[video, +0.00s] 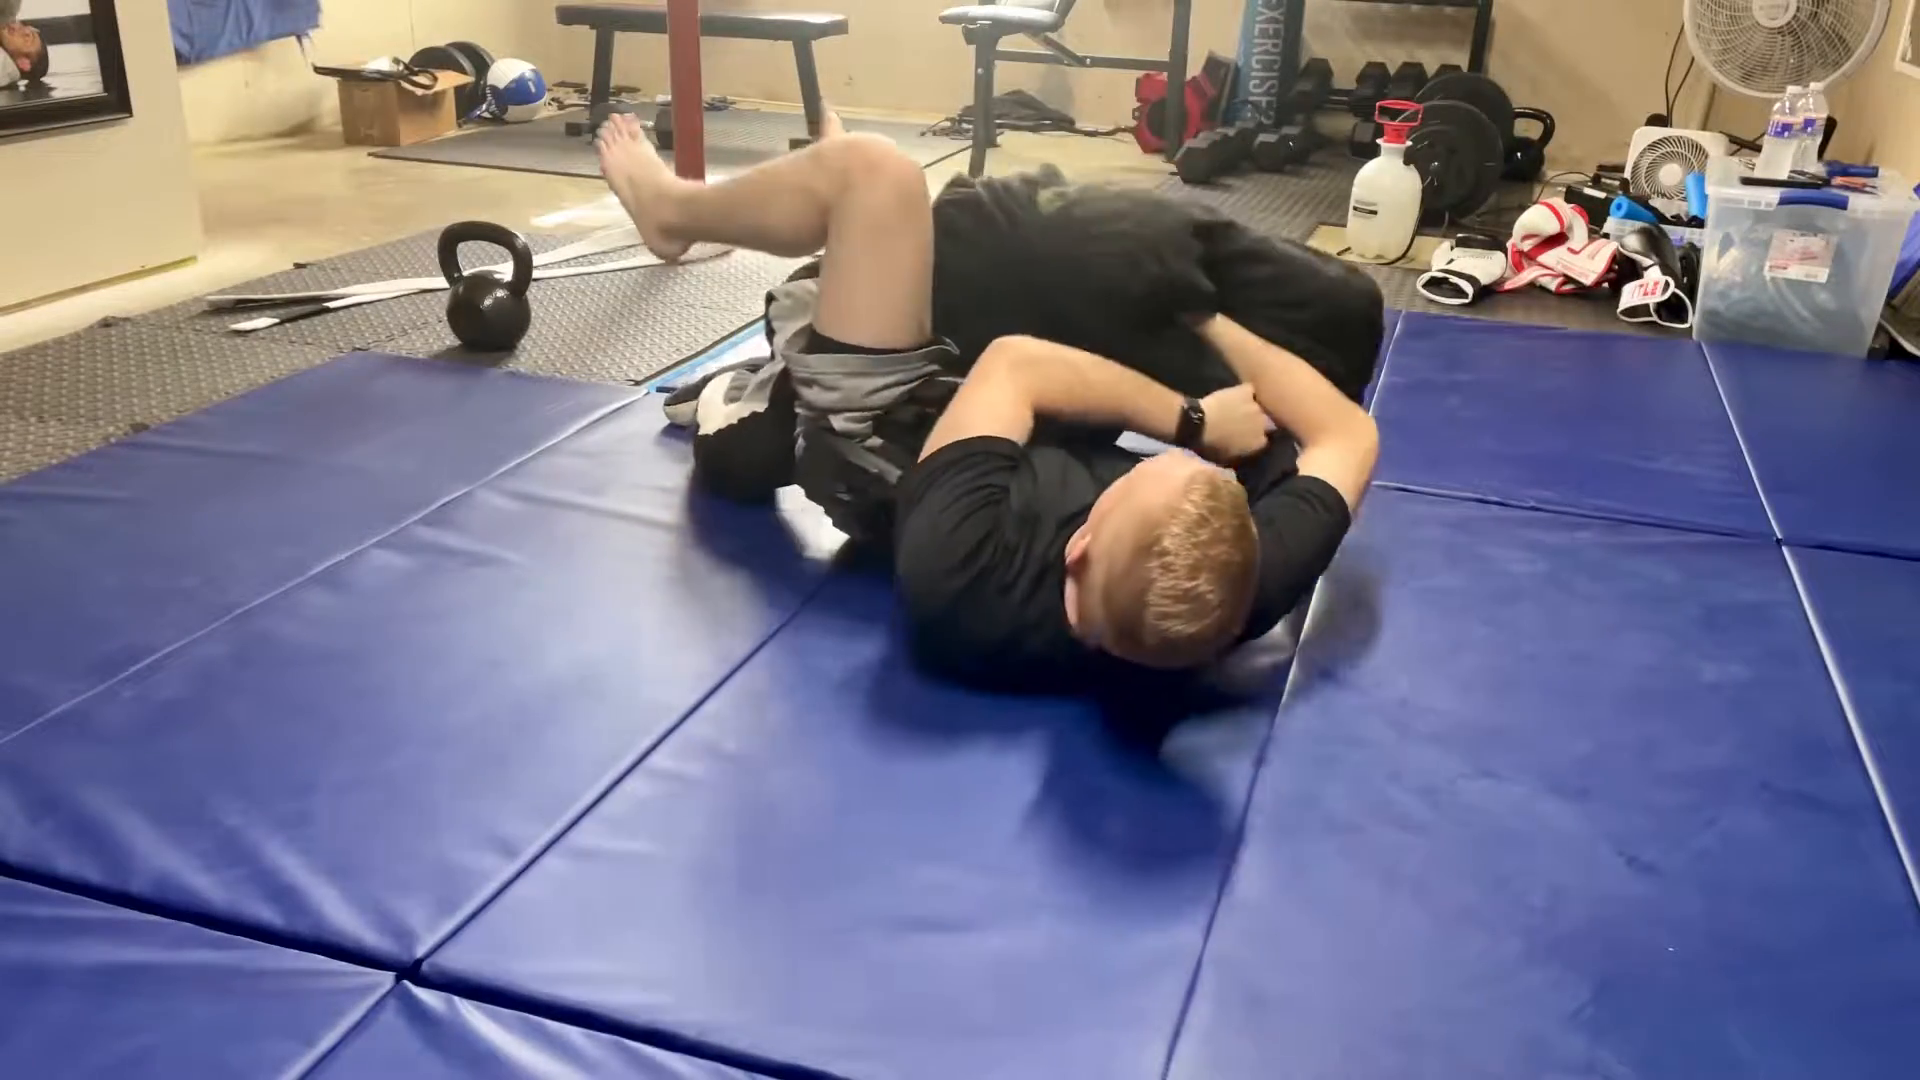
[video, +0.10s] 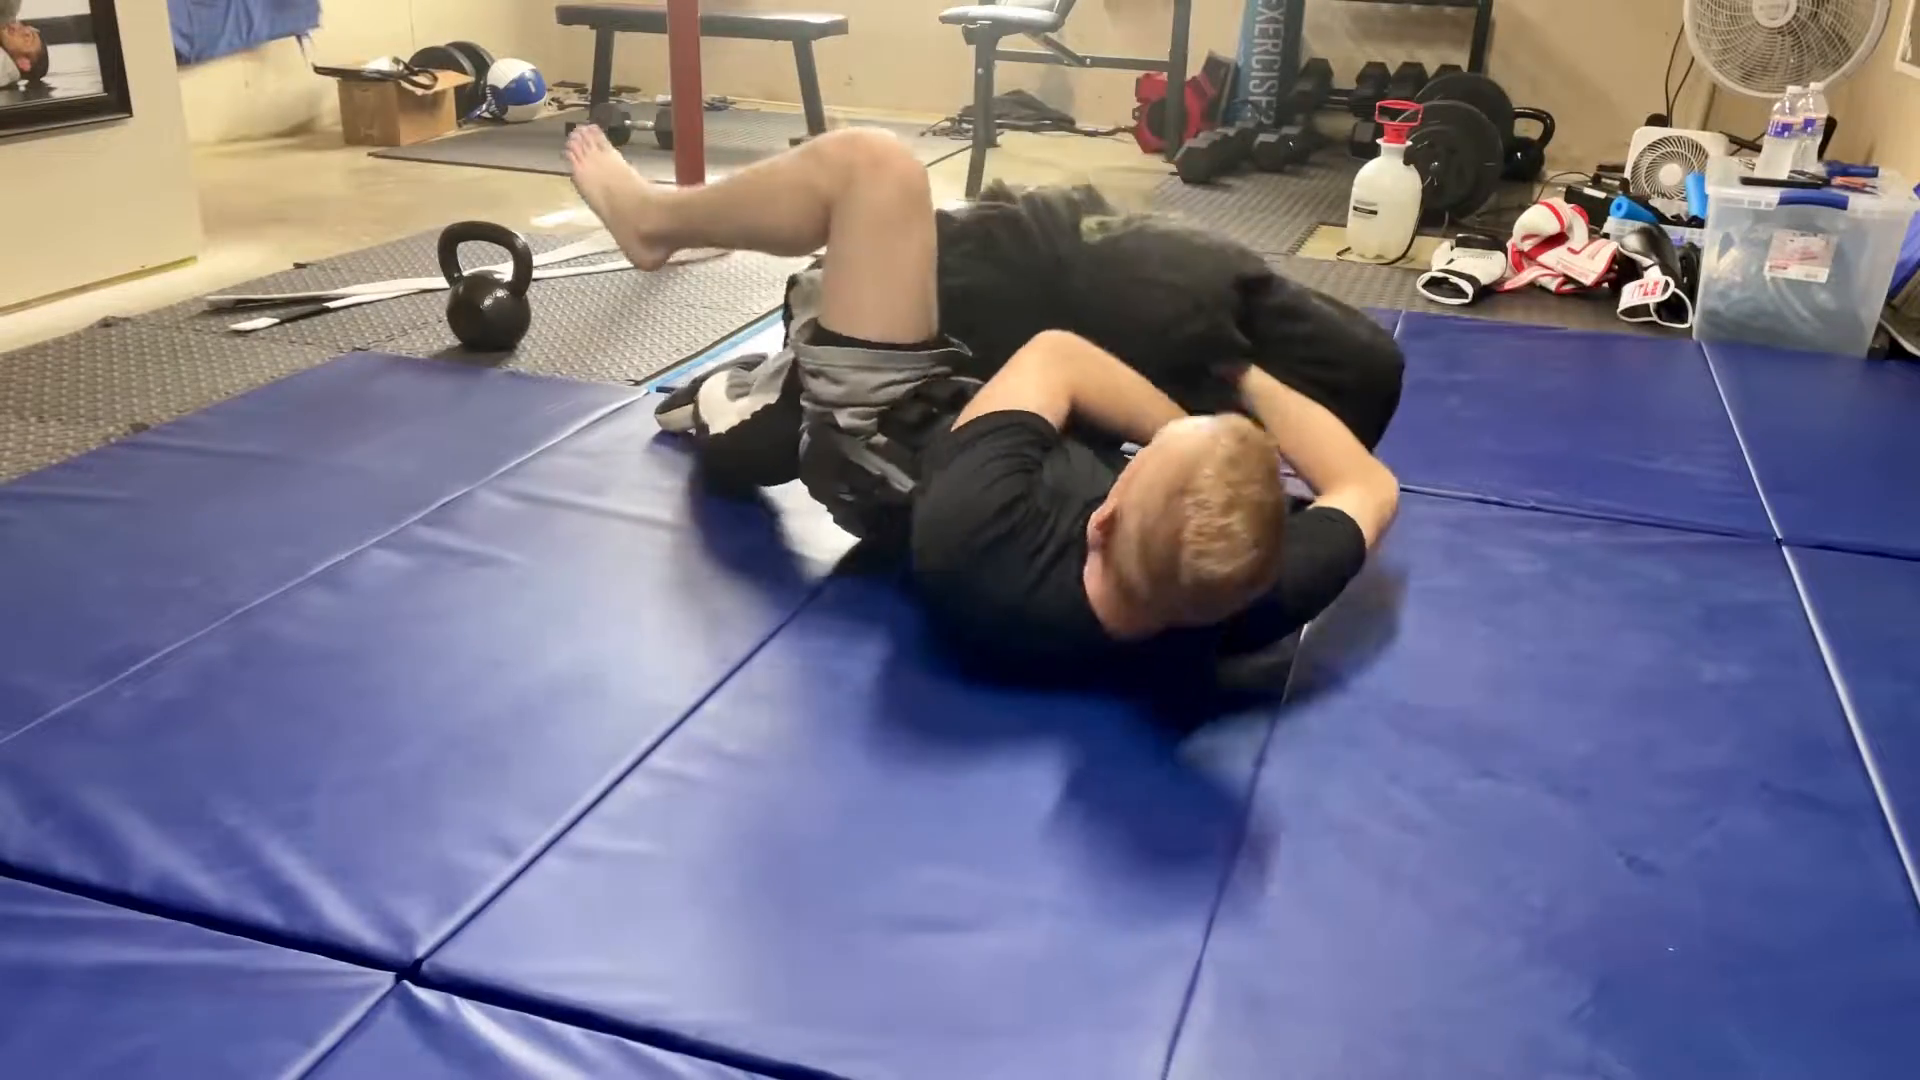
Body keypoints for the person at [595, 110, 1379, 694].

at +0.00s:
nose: (1151, 472)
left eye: (1145, 486)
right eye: (1175, 478)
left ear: (1081, 555)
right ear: (1238, 567)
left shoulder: (963, 585)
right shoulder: (1255, 574)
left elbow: (1015, 365)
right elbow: (1348, 436)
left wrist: (1196, 417)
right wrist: (1204, 316)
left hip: (887, 442)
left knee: (875, 170)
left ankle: (674, 212)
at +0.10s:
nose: (1186, 416)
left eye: (1153, 461)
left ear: (1108, 515)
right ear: (1241, 584)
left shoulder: (984, 548)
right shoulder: (1259, 598)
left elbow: (1058, 353)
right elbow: (1371, 490)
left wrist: (1181, 427)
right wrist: (1243, 381)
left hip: (897, 453)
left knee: (877, 164)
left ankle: (657, 219)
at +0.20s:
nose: (1172, 367)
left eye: (1182, 374)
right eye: (1204, 357)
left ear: (1134, 436)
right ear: (1265, 497)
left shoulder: (1012, 493)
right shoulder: (1274, 582)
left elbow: (1080, 334)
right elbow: (1369, 545)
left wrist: (1179, 415)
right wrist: (1262, 436)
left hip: (888, 443)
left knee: (857, 144)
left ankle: (636, 245)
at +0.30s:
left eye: (1142, 318)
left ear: (1133, 366)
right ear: (1269, 415)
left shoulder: (1031, 428)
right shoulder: (1280, 534)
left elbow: (1067, 262)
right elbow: (1377, 570)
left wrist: (1192, 323)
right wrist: (1284, 450)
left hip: (892, 434)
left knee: (820, 133)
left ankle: (621, 306)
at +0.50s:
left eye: (1132, 187)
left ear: (1125, 218)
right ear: (1249, 257)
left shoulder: (1027, 276)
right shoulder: (1268, 416)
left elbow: (1054, 143)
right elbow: (1349, 575)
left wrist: (1176, 99)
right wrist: (1268, 476)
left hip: (884, 472)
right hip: (1046, 560)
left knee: (773, 147)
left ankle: (623, 380)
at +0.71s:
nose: (1114, 144)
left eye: (1123, 135)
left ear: (1122, 147)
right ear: (1243, 182)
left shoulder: (1018, 197)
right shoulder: (1268, 356)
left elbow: (1004, 140)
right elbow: (1291, 564)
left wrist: (1075, 149)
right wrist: (1214, 467)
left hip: (877, 467)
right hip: (1009, 540)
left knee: (756, 158)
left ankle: (663, 419)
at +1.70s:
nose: (1204, 189)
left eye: (1211, 175)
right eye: (1213, 172)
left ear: (1220, 202)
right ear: (1339, 237)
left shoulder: (1090, 285)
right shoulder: (1355, 409)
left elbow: (997, 186)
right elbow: (1283, 573)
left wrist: (1055, 127)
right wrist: (1238, 499)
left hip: (941, 480)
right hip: (1109, 538)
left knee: (763, 168)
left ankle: (726, 468)